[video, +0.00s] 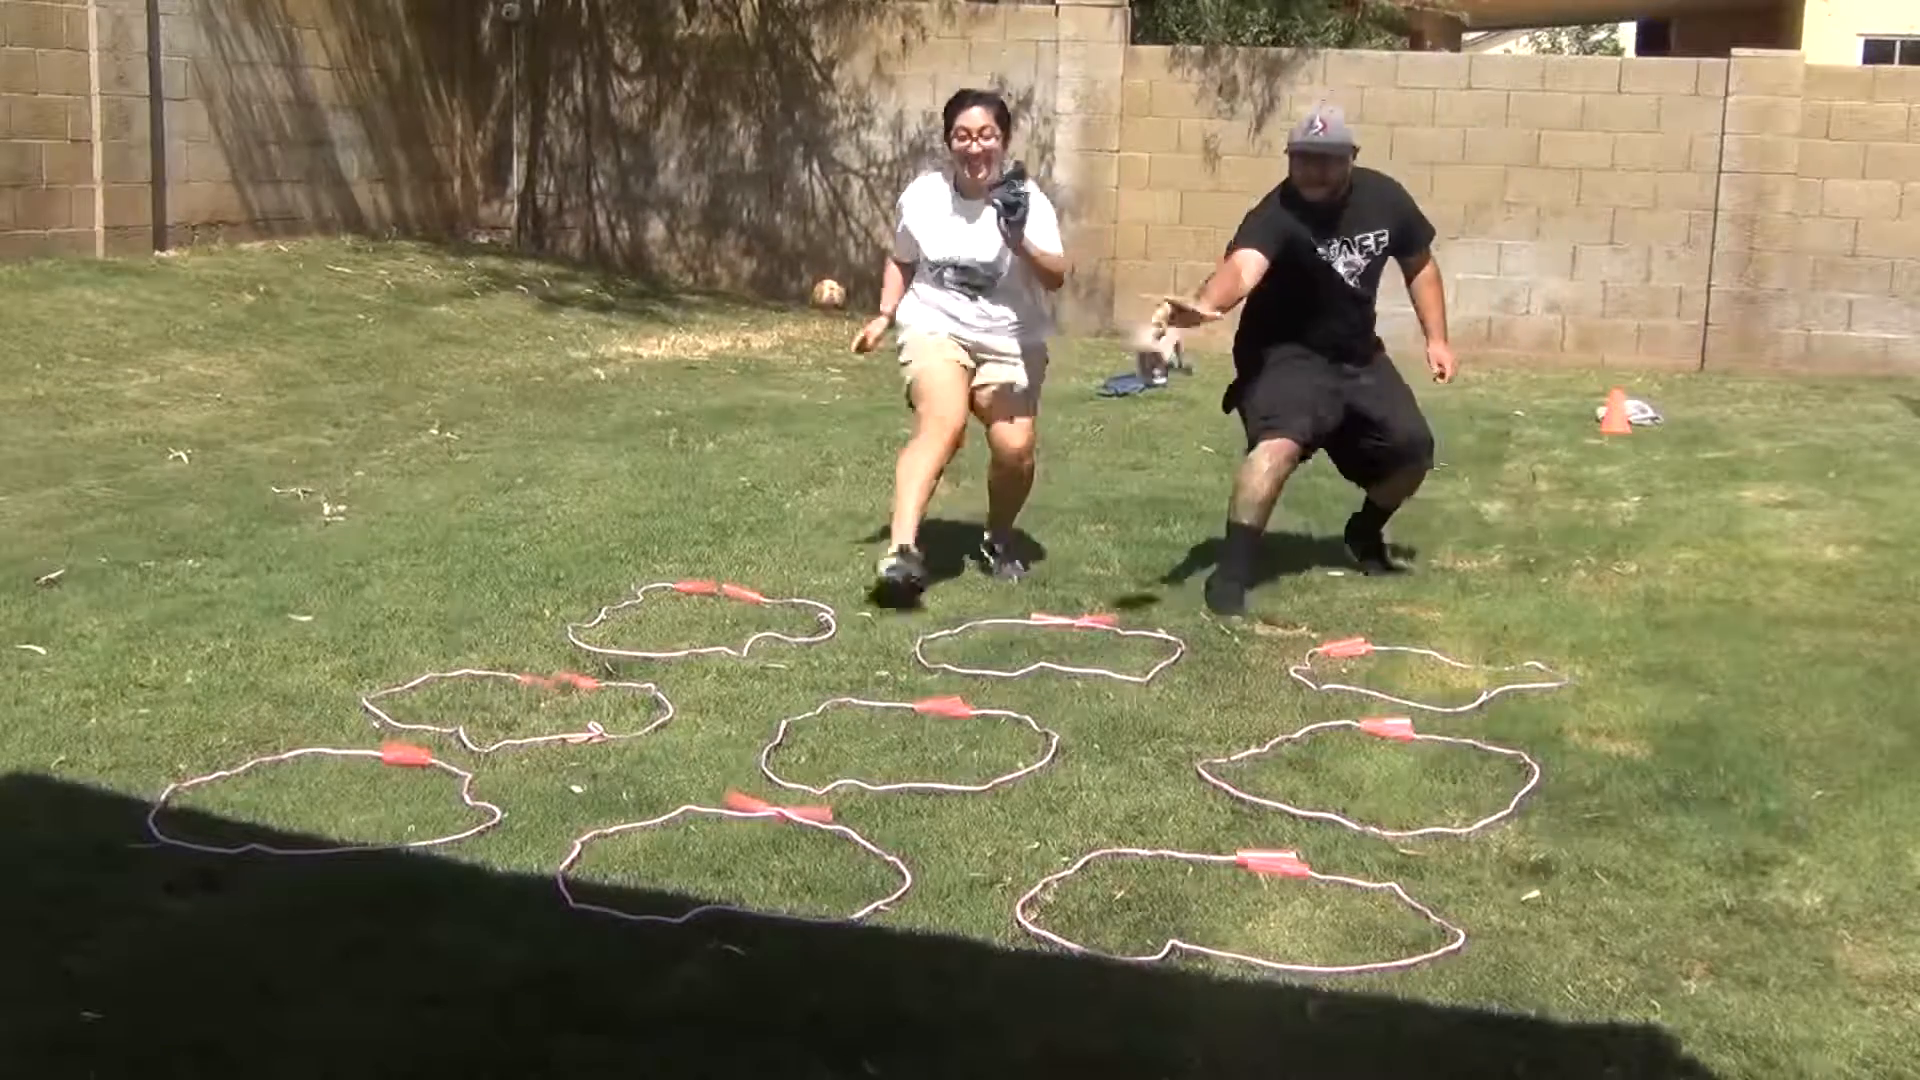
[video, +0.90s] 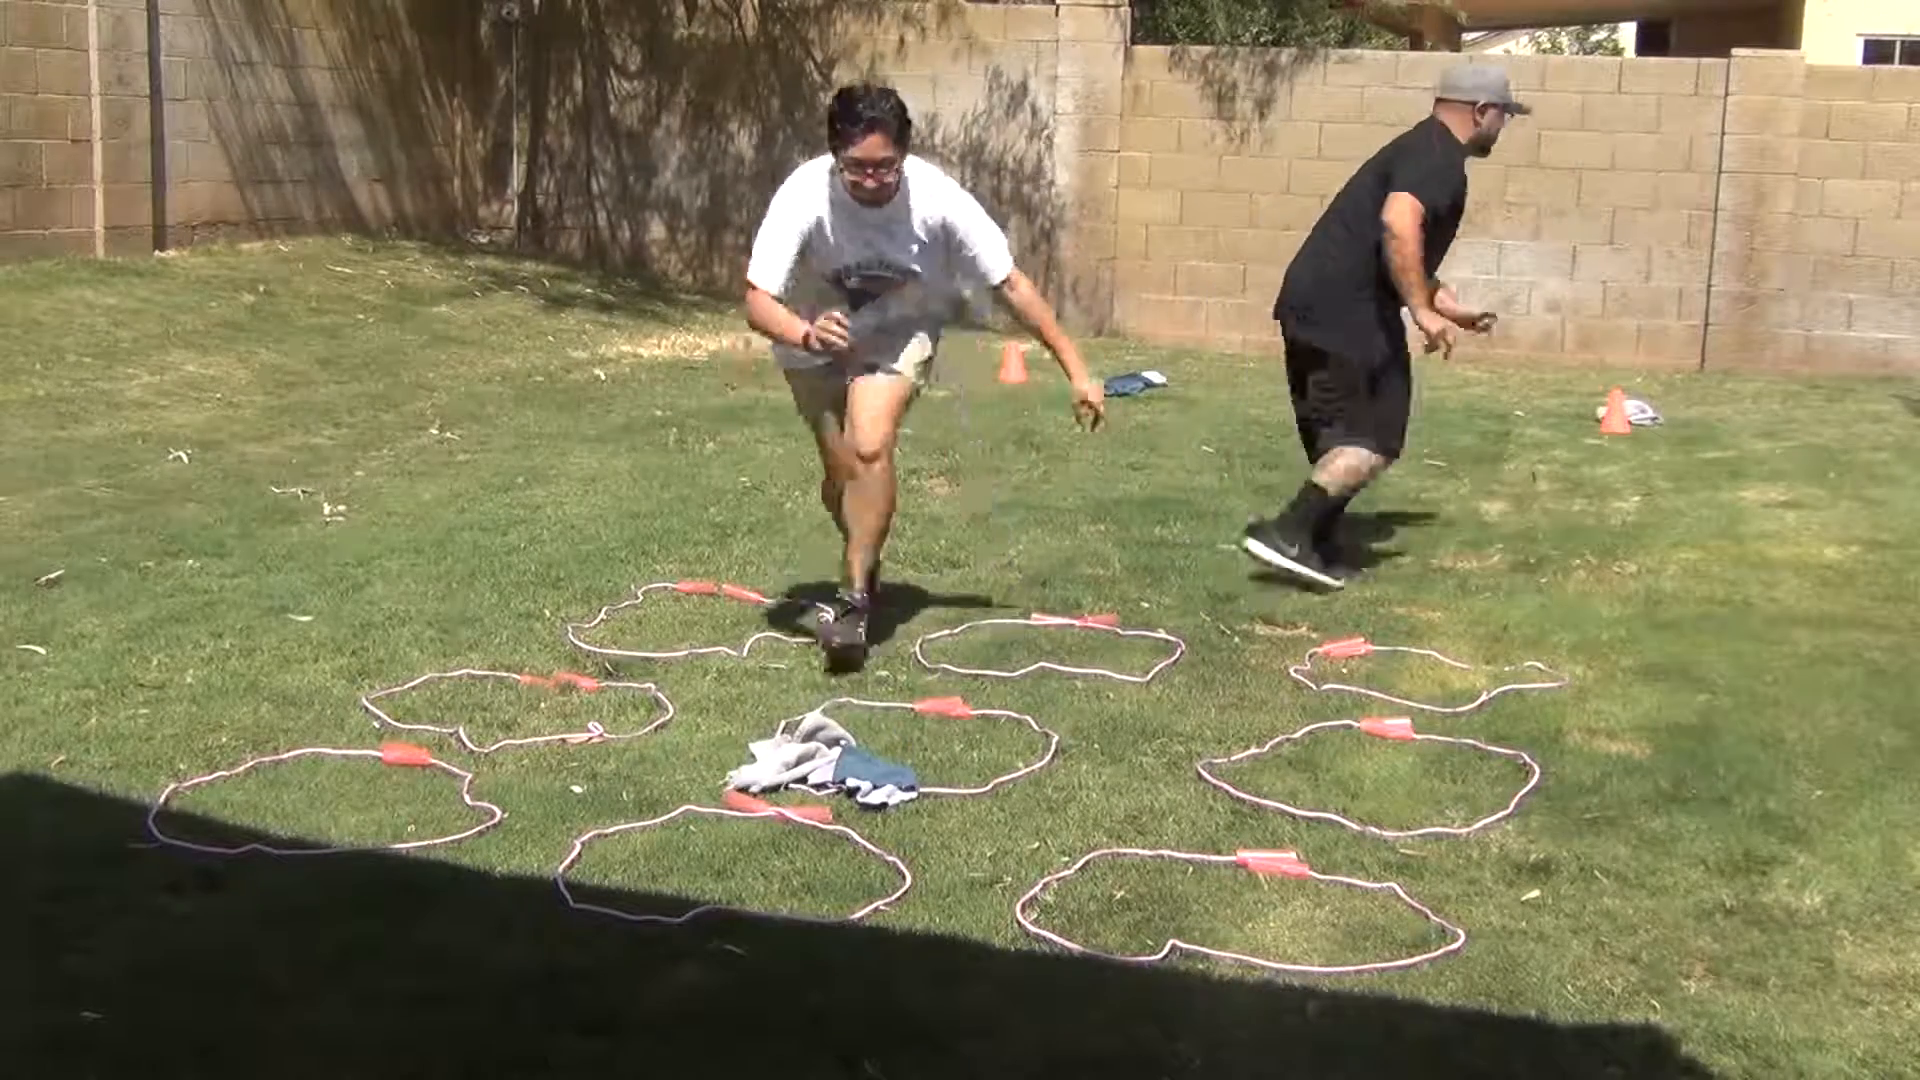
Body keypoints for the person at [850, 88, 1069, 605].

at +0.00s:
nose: (975, 146)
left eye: (986, 134)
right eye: (963, 135)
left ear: (1006, 140)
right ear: (948, 142)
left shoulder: (1029, 200)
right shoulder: (925, 193)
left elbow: (1056, 276)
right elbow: (901, 259)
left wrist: (1016, 237)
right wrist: (885, 314)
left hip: (1010, 337)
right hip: (934, 325)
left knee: (1015, 448)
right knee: (941, 420)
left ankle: (999, 538)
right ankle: (901, 552)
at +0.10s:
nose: (965, 179)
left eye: (977, 167)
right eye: (953, 168)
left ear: (994, 173)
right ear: (937, 175)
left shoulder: (1009, 230)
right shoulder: (910, 217)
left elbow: (1013, 292)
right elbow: (879, 273)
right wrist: (862, 332)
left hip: (989, 364)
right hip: (913, 350)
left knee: (1000, 477)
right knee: (941, 442)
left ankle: (985, 533)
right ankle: (889, 577)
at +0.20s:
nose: (959, 204)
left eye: (970, 192)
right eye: (947, 193)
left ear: (989, 194)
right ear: (932, 195)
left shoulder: (1008, 255)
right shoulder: (904, 227)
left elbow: (994, 336)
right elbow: (866, 281)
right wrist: (850, 346)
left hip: (975, 360)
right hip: (902, 342)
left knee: (972, 488)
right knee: (927, 430)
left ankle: (984, 542)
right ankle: (888, 578)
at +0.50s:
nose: (955, 193)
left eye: (968, 181)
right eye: (943, 180)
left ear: (986, 178)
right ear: (926, 172)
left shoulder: (1004, 229)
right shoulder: (888, 195)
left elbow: (997, 313)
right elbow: (832, 225)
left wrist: (971, 378)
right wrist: (791, 290)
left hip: (959, 346)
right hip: (883, 330)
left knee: (982, 471)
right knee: (907, 431)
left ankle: (973, 546)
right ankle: (877, 565)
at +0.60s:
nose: (931, 175)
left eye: (945, 163)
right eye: (920, 161)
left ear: (965, 157)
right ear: (902, 151)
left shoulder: (984, 211)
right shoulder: (858, 185)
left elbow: (1002, 305)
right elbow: (801, 226)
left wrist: (1018, 390)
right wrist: (759, 296)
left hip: (953, 355)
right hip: (869, 347)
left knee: (973, 474)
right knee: (885, 470)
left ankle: (977, 537)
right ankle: (877, 570)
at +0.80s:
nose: (884, 177)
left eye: (896, 164)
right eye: (871, 164)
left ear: (914, 155)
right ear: (849, 154)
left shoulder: (944, 204)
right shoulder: (816, 198)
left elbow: (1028, 282)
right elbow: (755, 289)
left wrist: (1095, 369)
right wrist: (787, 325)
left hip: (921, 345)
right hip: (837, 350)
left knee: (898, 463)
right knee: (861, 486)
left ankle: (924, 542)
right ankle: (873, 574)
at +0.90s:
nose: (872, 179)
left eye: (885, 165)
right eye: (858, 166)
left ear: (905, 152)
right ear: (834, 153)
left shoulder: (939, 199)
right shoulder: (805, 192)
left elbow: (1012, 286)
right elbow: (757, 299)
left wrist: (1078, 374)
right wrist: (802, 332)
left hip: (899, 323)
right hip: (817, 326)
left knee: (870, 444)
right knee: (840, 468)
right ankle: (864, 575)